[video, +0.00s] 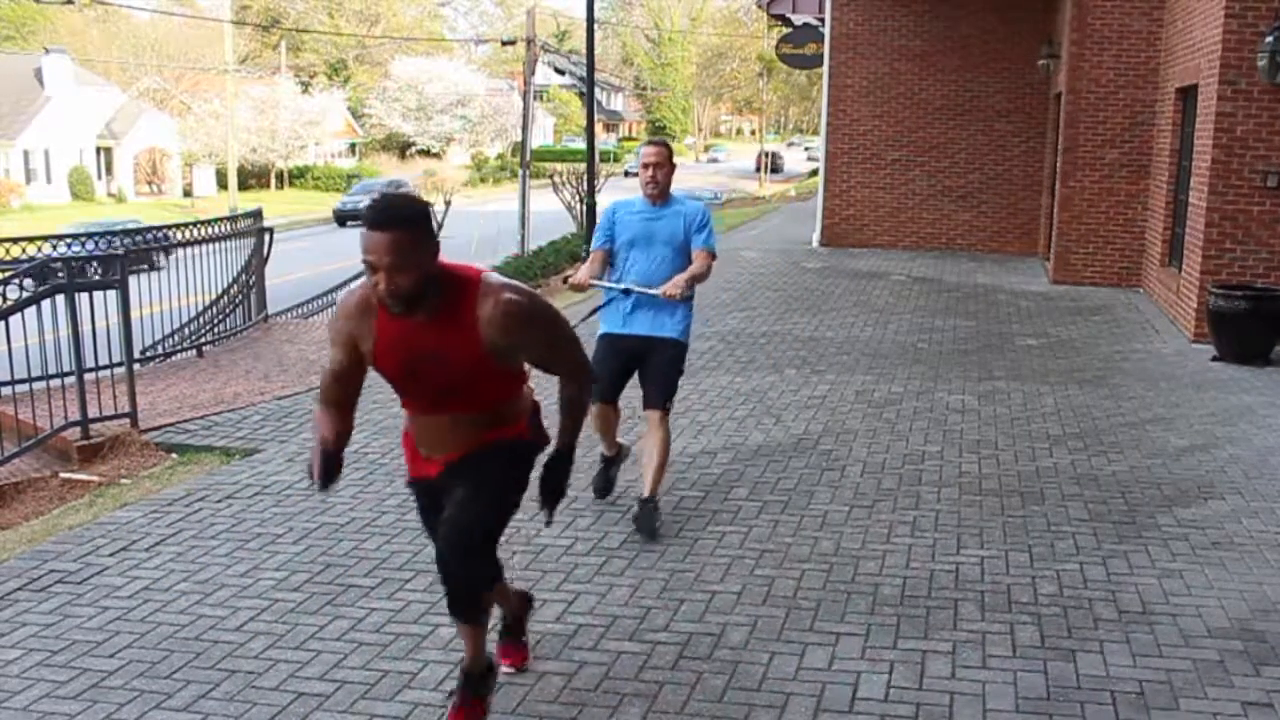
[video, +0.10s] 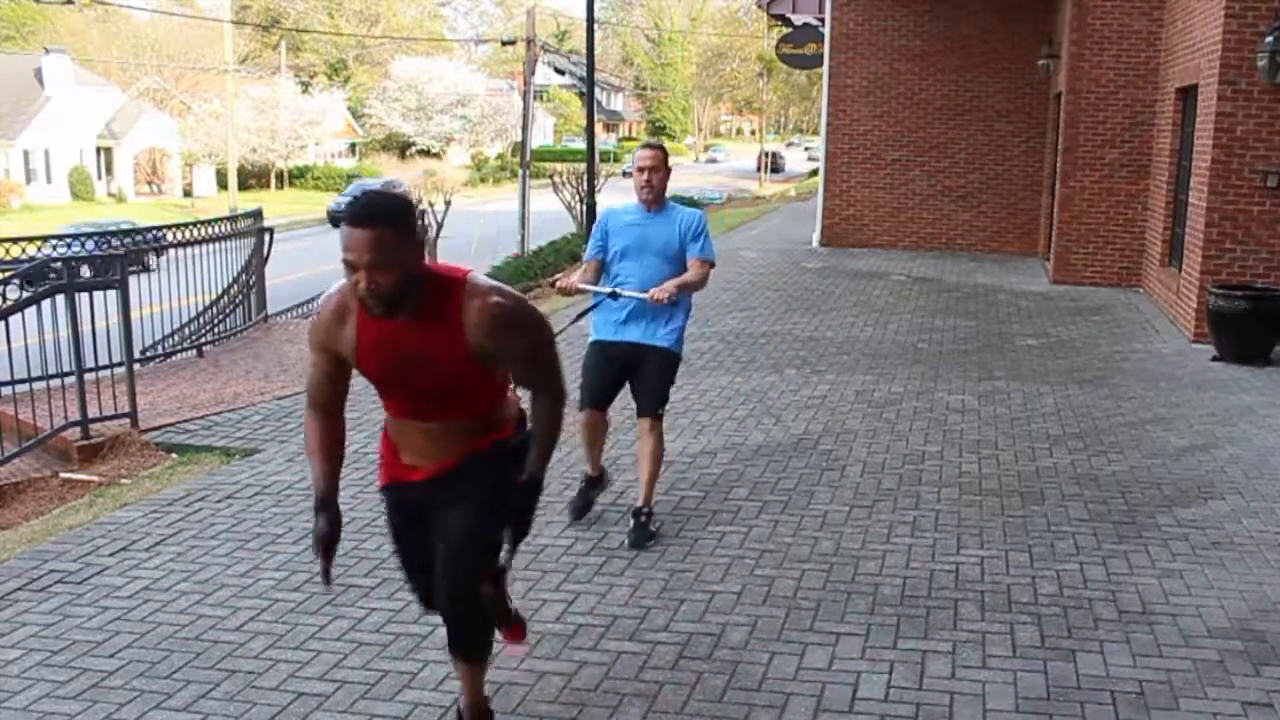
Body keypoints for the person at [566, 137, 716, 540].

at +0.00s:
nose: (652, 174)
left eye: (659, 167)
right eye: (646, 167)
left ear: (673, 170)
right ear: (637, 170)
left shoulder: (693, 213)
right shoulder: (615, 213)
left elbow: (704, 262)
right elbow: (597, 258)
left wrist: (684, 278)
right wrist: (587, 272)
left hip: (666, 328)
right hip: (618, 324)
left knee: (656, 412)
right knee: (600, 398)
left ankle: (648, 501)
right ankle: (611, 453)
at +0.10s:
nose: (647, 178)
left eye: (655, 170)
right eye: (641, 171)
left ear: (668, 174)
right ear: (631, 175)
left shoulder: (689, 221)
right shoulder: (609, 220)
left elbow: (700, 273)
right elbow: (590, 272)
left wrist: (673, 285)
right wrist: (575, 280)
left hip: (659, 338)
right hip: (609, 332)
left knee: (650, 420)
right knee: (591, 407)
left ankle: (644, 508)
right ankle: (594, 475)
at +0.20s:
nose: (639, 180)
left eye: (647, 172)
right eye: (632, 172)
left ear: (662, 176)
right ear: (623, 177)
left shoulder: (685, 225)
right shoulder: (602, 223)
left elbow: (695, 281)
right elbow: (585, 275)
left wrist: (669, 289)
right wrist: (570, 285)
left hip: (656, 340)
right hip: (603, 336)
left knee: (645, 420)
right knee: (581, 416)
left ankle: (643, 509)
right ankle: (574, 504)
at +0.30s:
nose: (625, 181)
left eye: (633, 173)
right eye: (619, 173)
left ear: (649, 176)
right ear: (610, 178)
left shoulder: (674, 225)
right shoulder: (589, 226)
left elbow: (689, 284)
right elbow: (577, 279)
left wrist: (666, 292)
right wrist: (563, 288)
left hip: (647, 348)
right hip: (593, 344)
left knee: (638, 433)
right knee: (569, 430)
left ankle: (640, 512)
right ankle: (551, 525)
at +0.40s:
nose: (604, 183)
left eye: (613, 175)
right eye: (598, 175)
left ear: (629, 179)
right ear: (588, 180)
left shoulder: (652, 228)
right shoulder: (566, 233)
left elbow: (682, 284)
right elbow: (552, 294)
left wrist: (663, 291)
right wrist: (547, 298)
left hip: (627, 356)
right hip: (573, 356)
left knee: (624, 439)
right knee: (557, 456)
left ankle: (635, 506)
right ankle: (541, 555)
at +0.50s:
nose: (584, 185)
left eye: (593, 176)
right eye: (577, 176)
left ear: (609, 182)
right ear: (567, 182)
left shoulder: (636, 235)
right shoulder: (541, 239)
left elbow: (666, 293)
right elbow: (523, 305)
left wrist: (648, 296)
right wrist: (523, 299)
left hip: (610, 369)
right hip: (552, 368)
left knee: (605, 458)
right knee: (533, 469)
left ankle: (603, 565)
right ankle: (538, 562)